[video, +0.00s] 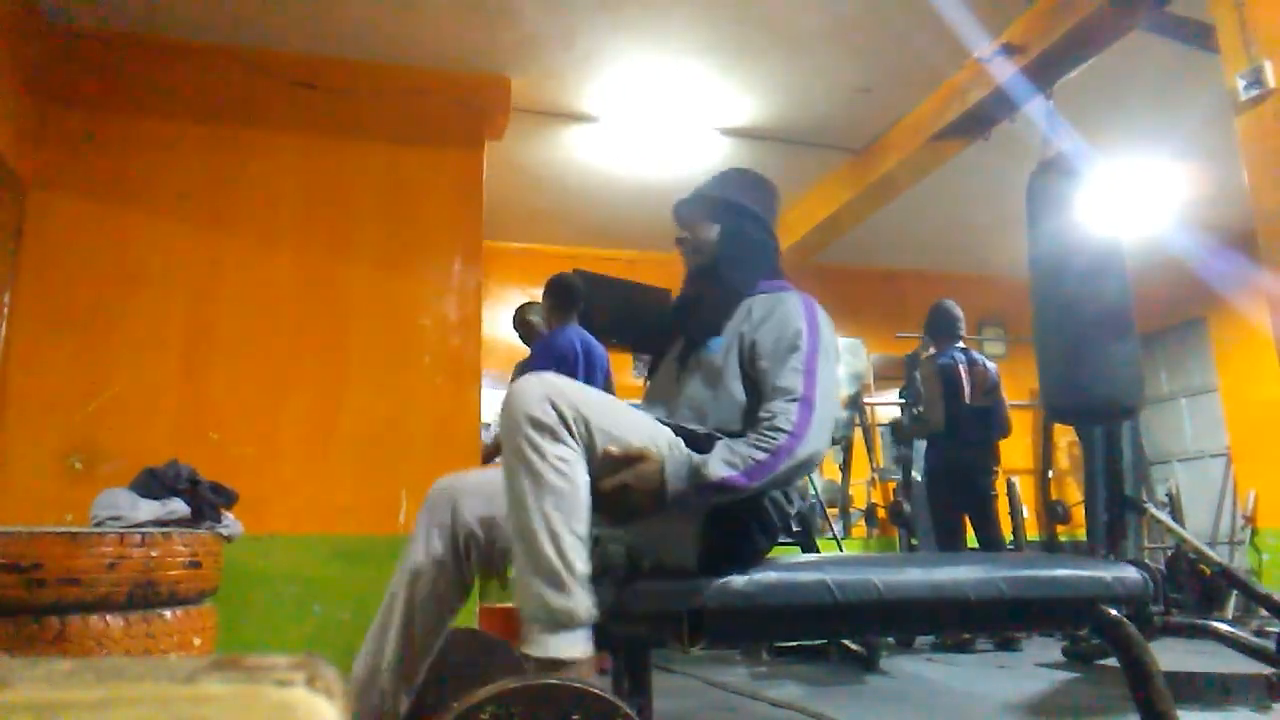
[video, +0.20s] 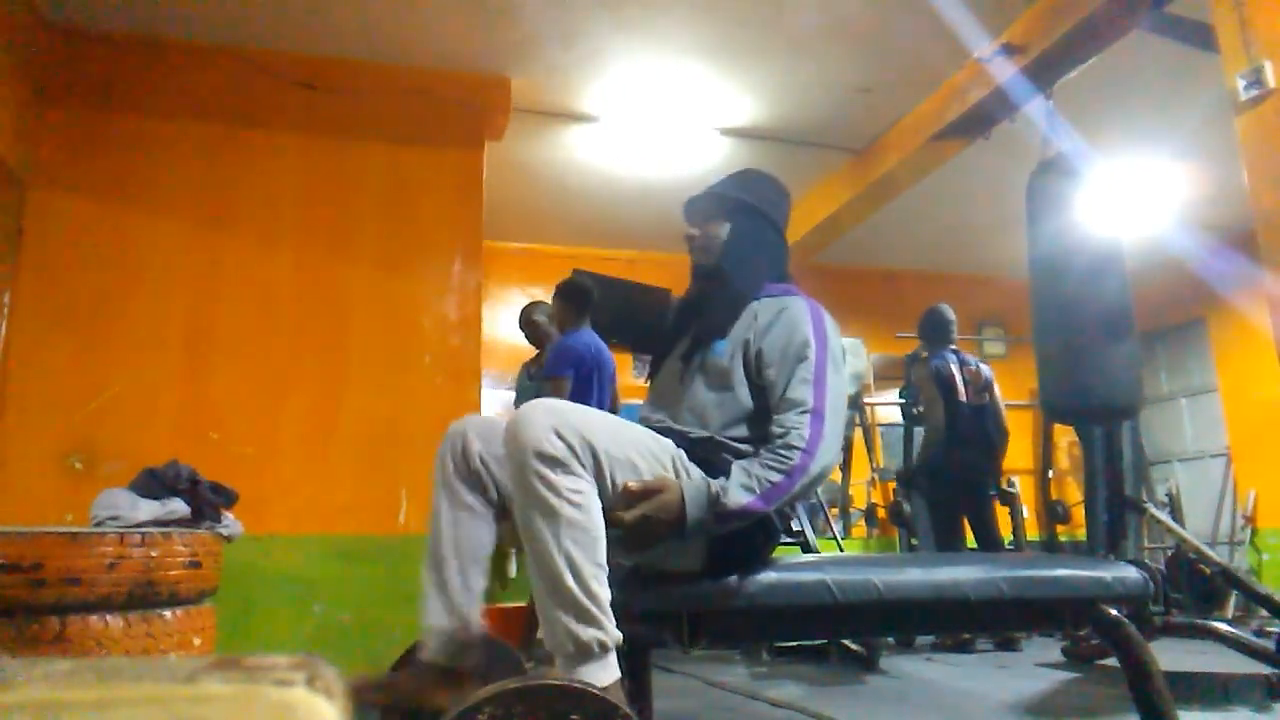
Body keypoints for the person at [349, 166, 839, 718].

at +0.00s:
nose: (682, 242)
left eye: (696, 229)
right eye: (682, 231)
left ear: (738, 234)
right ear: (697, 235)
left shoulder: (787, 311)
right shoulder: (692, 319)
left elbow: (795, 434)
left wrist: (675, 475)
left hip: (723, 512)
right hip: (657, 505)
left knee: (540, 400)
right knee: (455, 504)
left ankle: (561, 655)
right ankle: (371, 705)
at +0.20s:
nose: (693, 236)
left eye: (708, 224)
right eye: (693, 225)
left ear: (749, 233)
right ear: (701, 232)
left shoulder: (794, 317)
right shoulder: (696, 316)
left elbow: (806, 446)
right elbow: (668, 422)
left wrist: (703, 499)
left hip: (725, 505)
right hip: (657, 483)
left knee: (543, 429)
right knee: (471, 442)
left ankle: (588, 675)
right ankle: (447, 654)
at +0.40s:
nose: (696, 232)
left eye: (712, 219)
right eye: (695, 221)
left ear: (753, 230)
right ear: (698, 230)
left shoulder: (794, 313)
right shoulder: (695, 315)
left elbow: (809, 443)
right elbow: (671, 424)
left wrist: (707, 500)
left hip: (729, 496)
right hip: (662, 478)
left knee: (550, 431)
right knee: (478, 438)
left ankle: (597, 683)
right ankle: (465, 654)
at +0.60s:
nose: (686, 235)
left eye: (701, 221)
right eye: (685, 224)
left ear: (742, 227)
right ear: (690, 232)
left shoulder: (789, 315)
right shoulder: (693, 316)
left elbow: (808, 447)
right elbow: (666, 423)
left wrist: (711, 503)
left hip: (727, 501)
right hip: (661, 478)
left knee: (556, 434)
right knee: (479, 432)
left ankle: (587, 689)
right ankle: (465, 643)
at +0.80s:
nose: (673, 240)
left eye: (686, 225)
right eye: (671, 229)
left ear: (731, 227)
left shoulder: (787, 313)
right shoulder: (687, 322)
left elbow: (806, 447)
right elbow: (662, 427)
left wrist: (705, 498)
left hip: (726, 499)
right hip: (655, 481)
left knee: (548, 435)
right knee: (471, 448)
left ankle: (592, 694)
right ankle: (542, 654)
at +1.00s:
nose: (647, 254)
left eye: (654, 237)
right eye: (643, 242)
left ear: (695, 227)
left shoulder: (762, 300)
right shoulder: (671, 316)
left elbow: (794, 431)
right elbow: (658, 428)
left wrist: (695, 500)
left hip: (710, 495)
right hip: (641, 482)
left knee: (522, 494)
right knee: (458, 508)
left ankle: (572, 707)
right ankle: (512, 701)